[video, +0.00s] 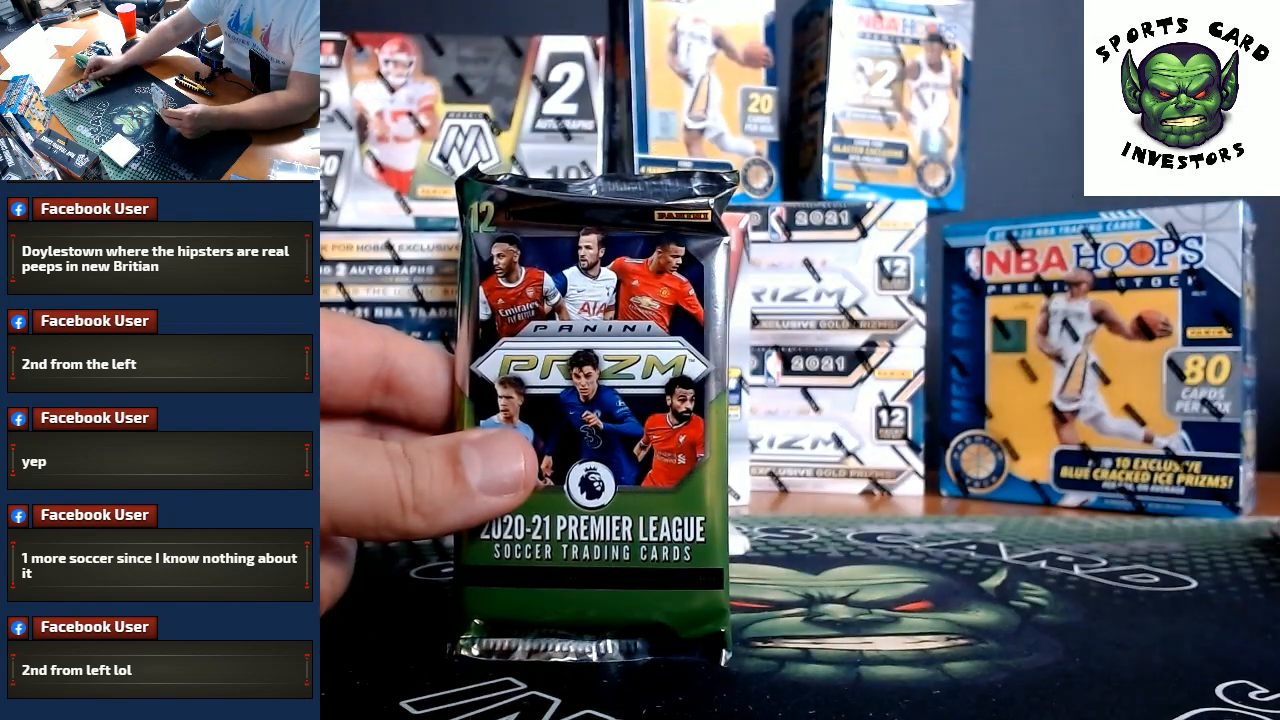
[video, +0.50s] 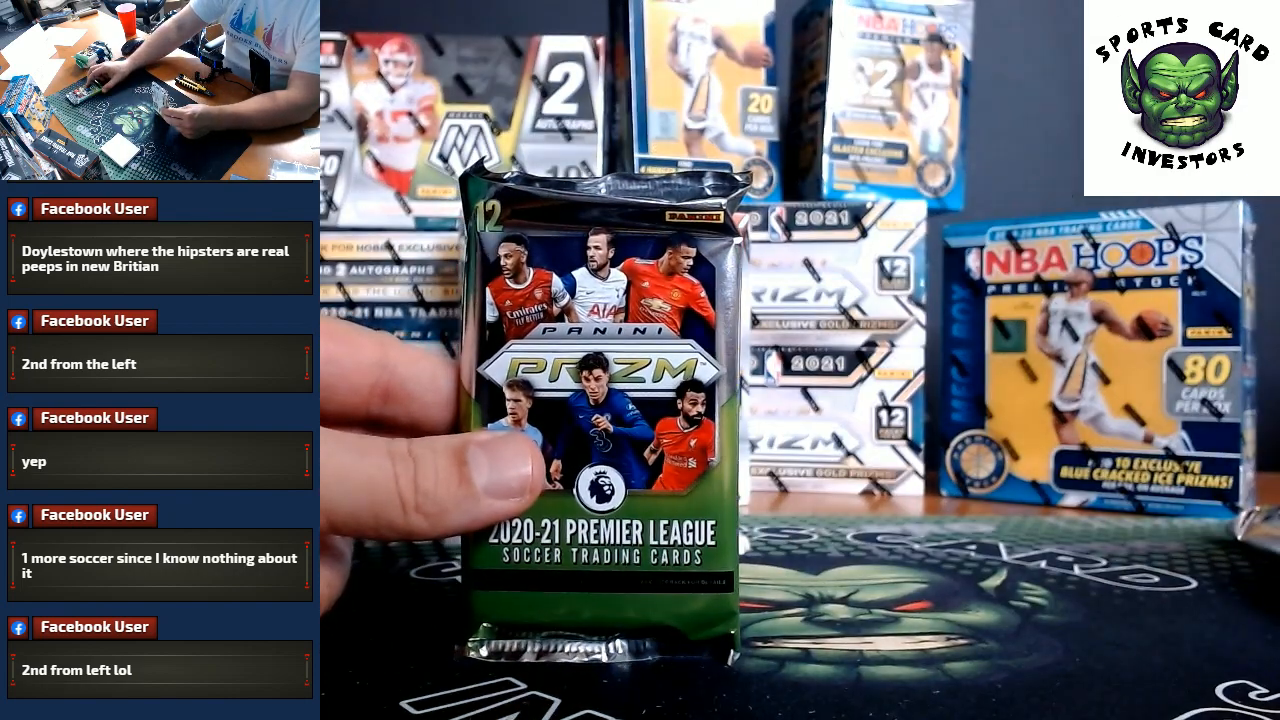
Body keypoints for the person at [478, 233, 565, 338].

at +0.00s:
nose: (495, 263)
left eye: (500, 256)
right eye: (493, 257)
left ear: (516, 256)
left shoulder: (541, 278)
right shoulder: (485, 290)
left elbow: (561, 309)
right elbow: (477, 328)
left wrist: (567, 336)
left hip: (542, 347)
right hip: (508, 350)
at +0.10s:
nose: (492, 263)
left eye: (498, 256)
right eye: (490, 257)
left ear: (513, 256)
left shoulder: (538, 278)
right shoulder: (482, 291)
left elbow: (559, 309)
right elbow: (477, 329)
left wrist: (567, 337)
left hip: (539, 348)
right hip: (505, 351)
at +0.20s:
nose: (491, 263)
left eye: (497, 256)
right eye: (489, 257)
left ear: (513, 255)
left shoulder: (538, 278)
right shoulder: (482, 291)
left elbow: (558, 310)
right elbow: (478, 330)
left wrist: (567, 337)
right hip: (505, 351)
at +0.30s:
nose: (493, 262)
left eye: (499, 256)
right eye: (491, 257)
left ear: (514, 255)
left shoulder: (539, 278)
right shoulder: (484, 290)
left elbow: (560, 309)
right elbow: (478, 329)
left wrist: (568, 336)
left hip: (540, 348)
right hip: (506, 351)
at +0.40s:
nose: (499, 263)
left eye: (505, 256)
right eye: (497, 257)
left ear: (521, 256)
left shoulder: (546, 279)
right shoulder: (490, 291)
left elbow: (567, 310)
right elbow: (487, 330)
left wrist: (575, 338)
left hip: (547, 349)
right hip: (512, 352)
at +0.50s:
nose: (502, 263)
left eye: (508, 257)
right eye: (500, 257)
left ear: (523, 257)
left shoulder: (549, 280)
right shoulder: (492, 291)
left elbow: (570, 311)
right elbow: (489, 332)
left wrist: (577, 341)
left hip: (549, 351)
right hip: (515, 353)